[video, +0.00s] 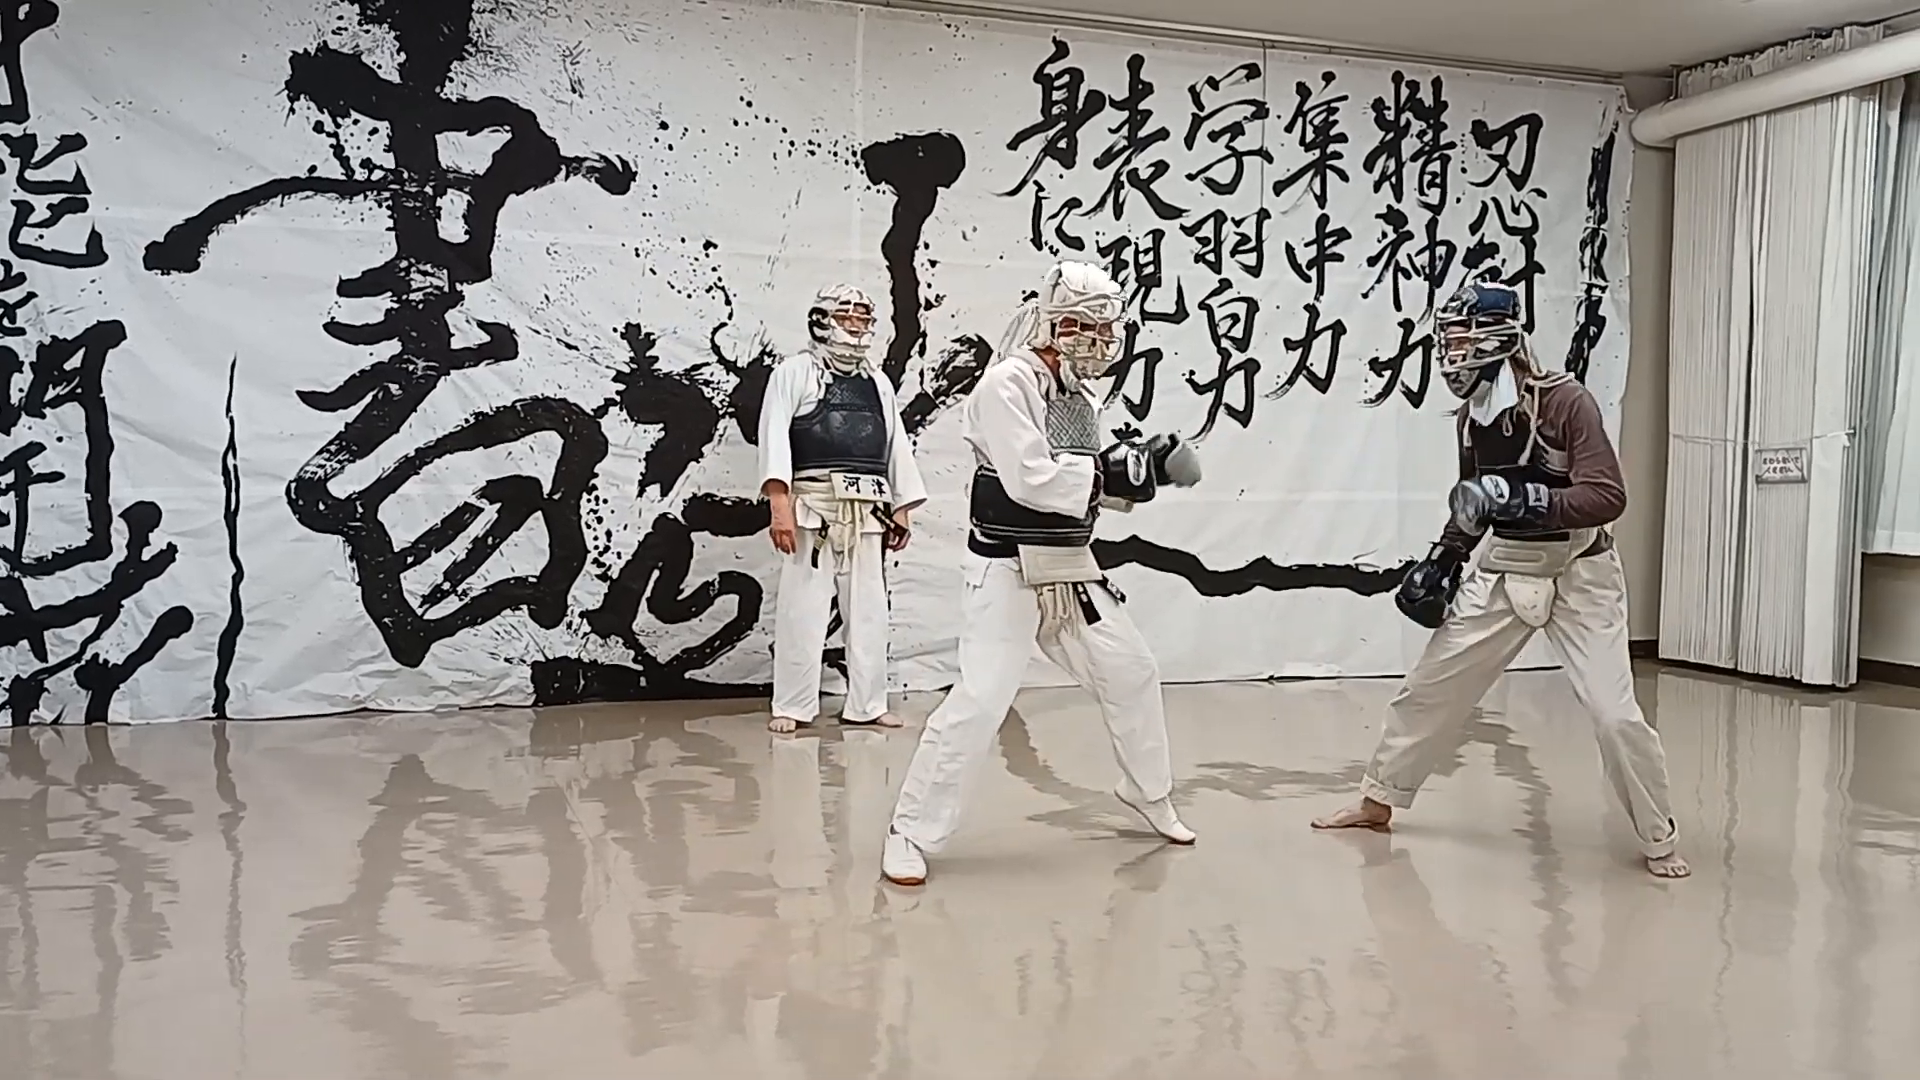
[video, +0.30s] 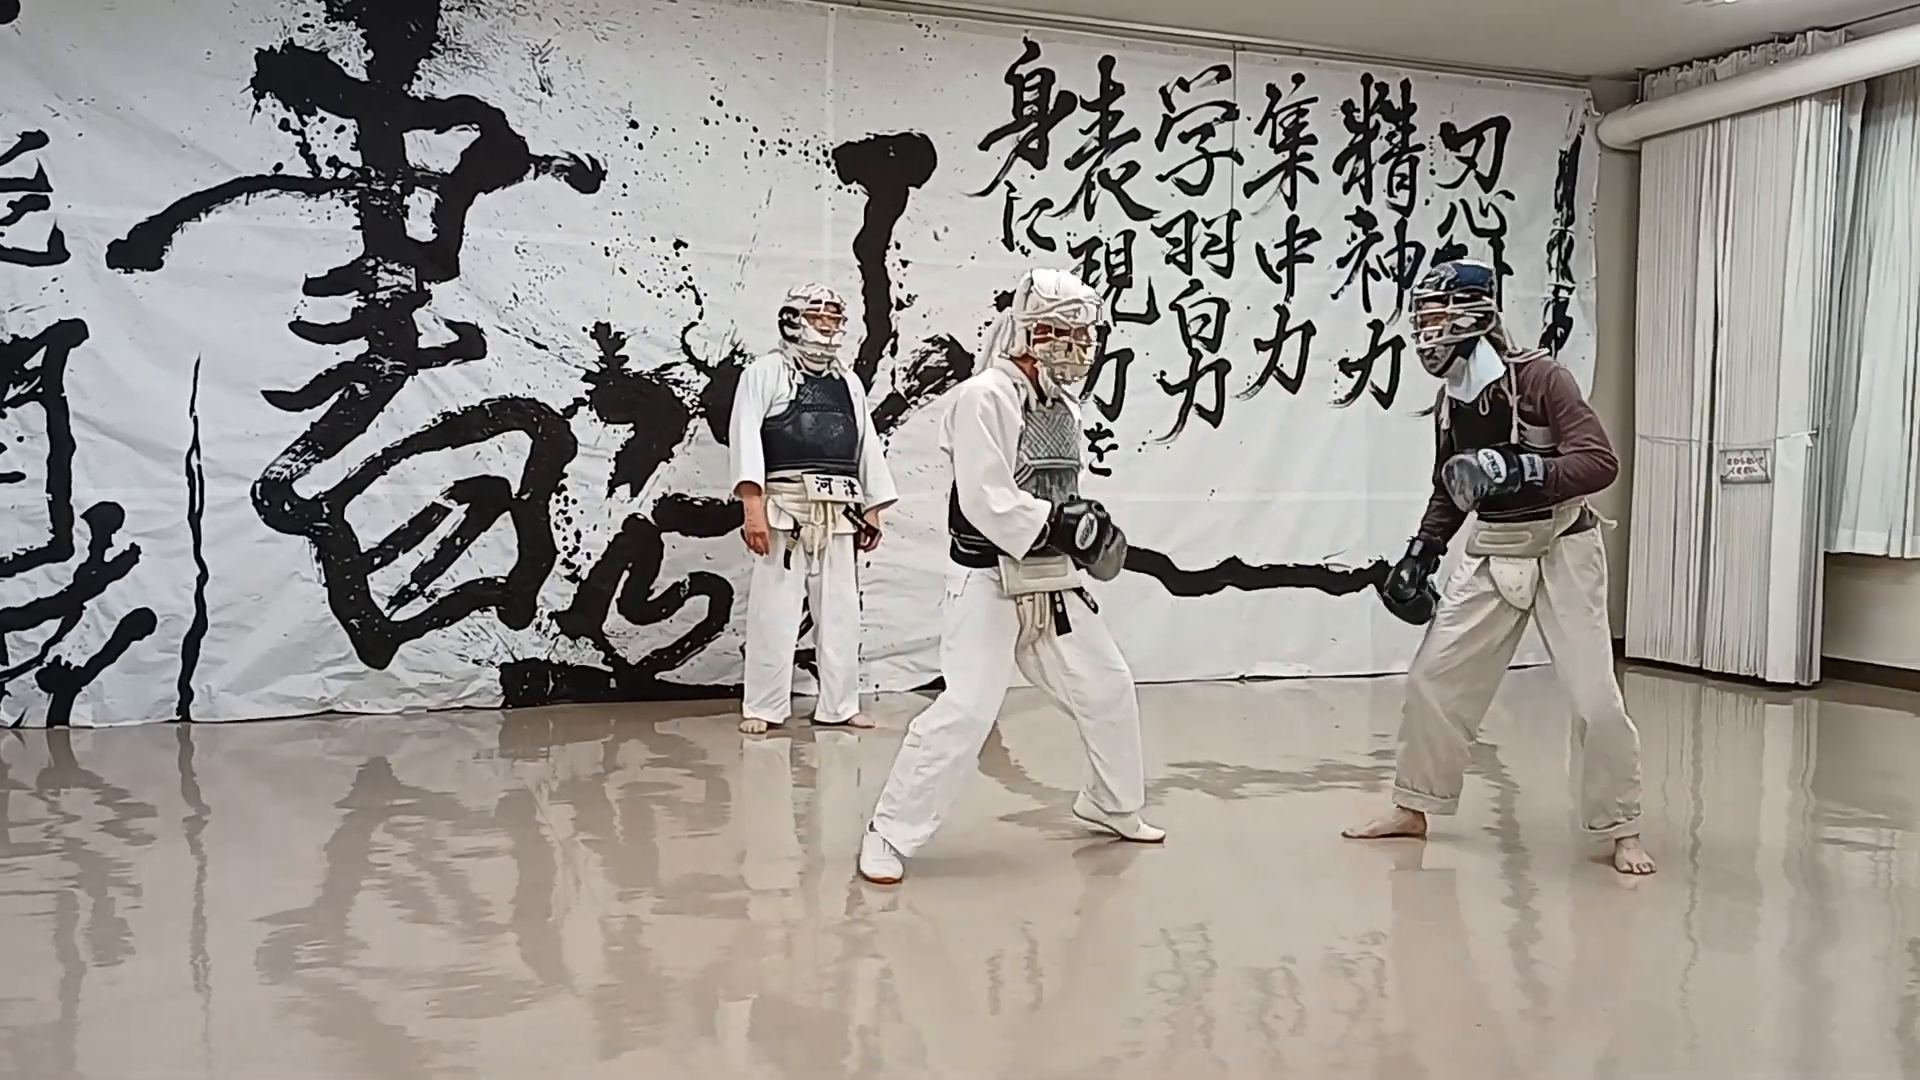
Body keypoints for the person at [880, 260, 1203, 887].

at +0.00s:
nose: (1092, 341)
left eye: (1102, 330)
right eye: (1079, 327)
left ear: (1110, 333)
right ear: (1050, 325)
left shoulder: (1081, 396)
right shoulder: (1005, 382)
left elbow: (1084, 482)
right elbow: (1028, 478)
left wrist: (1140, 472)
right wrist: (1115, 472)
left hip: (1068, 566)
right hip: (1005, 568)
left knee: (1133, 672)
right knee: (981, 697)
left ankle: (1149, 794)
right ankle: (909, 836)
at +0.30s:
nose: (1074, 345)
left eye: (1082, 334)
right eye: (1061, 333)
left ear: (1088, 339)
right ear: (1029, 335)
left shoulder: (1061, 402)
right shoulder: (984, 396)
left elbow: (1054, 488)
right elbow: (987, 502)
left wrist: (1085, 530)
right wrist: (1070, 525)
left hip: (1047, 573)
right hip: (985, 577)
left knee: (1108, 683)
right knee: (968, 706)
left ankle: (1109, 806)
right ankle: (889, 836)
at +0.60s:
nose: (1040, 354)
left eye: (1048, 342)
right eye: (1024, 342)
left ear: (1057, 346)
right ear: (991, 346)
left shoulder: (1032, 414)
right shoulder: (951, 414)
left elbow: (1032, 494)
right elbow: (960, 521)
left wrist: (1058, 525)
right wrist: (1039, 536)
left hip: (1016, 582)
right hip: (951, 591)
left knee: (1102, 673)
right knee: (943, 723)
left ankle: (1082, 786)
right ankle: (883, 830)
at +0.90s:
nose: (1048, 350)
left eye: (1056, 339)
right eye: (1033, 339)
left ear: (1065, 344)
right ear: (1003, 343)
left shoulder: (1047, 412)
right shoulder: (959, 409)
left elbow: (1039, 486)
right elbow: (959, 510)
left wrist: (1064, 517)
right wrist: (1036, 524)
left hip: (1022, 576)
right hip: (956, 581)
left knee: (1082, 679)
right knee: (956, 709)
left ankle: (1091, 797)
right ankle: (880, 827)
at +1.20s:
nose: (1061, 332)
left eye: (1069, 321)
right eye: (1047, 321)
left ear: (1076, 326)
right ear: (1015, 324)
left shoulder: (1049, 394)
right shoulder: (977, 390)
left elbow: (1040, 477)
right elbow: (976, 489)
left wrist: (1082, 499)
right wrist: (1056, 505)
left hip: (1025, 564)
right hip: (967, 567)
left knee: (1065, 683)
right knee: (942, 700)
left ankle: (1074, 807)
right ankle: (877, 826)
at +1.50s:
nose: (1089, 368)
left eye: (1092, 357)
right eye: (1077, 356)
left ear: (1092, 362)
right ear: (1042, 361)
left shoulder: (1058, 425)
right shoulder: (1009, 425)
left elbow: (1044, 514)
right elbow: (1004, 526)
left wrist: (1089, 546)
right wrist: (1080, 538)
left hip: (1044, 599)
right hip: (991, 602)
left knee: (1124, 687)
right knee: (969, 734)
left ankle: (1123, 816)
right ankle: (877, 813)